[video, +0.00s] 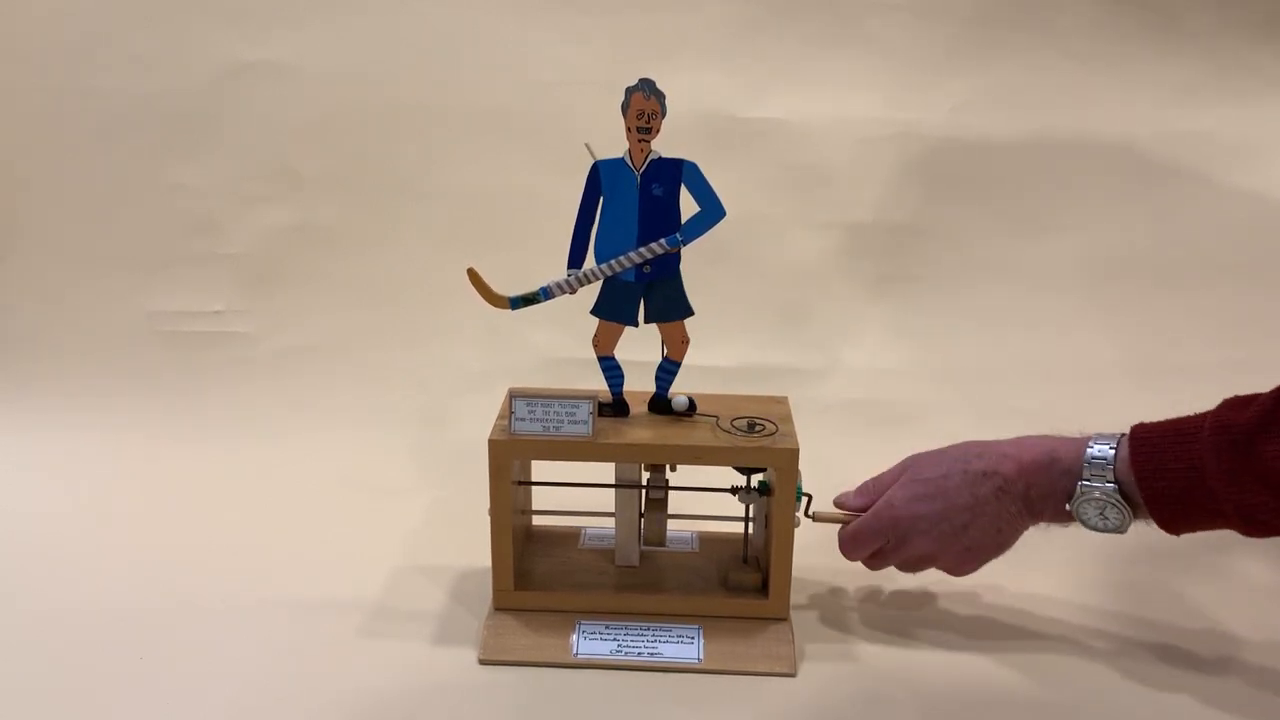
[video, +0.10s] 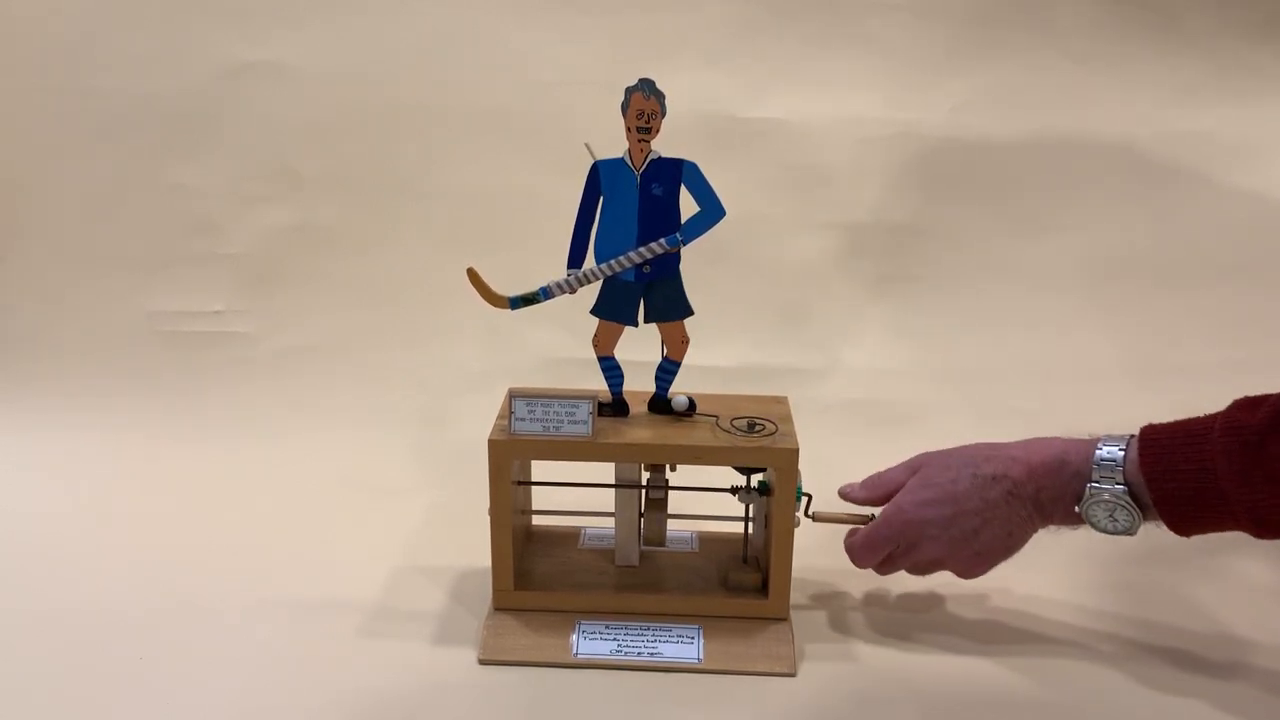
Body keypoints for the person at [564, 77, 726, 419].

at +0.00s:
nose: (646, 120)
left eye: (653, 114)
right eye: (639, 113)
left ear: (662, 121)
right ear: (624, 118)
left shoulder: (678, 169)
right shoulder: (603, 171)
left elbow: (715, 211)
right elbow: (584, 224)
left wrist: (676, 241)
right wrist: (573, 273)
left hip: (663, 276)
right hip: (619, 276)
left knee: (678, 343)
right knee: (603, 344)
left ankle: (660, 399)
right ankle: (618, 400)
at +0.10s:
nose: (646, 120)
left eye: (653, 114)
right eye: (639, 113)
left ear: (662, 121)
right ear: (624, 117)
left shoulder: (678, 169)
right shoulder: (603, 171)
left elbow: (715, 210)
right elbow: (584, 224)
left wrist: (677, 240)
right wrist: (573, 272)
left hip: (662, 275)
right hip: (619, 275)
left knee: (677, 343)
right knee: (603, 343)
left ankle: (660, 399)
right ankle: (617, 400)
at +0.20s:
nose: (646, 120)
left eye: (653, 114)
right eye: (638, 113)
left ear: (661, 121)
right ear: (624, 118)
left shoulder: (678, 170)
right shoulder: (603, 171)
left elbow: (715, 211)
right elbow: (583, 224)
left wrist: (676, 241)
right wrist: (573, 273)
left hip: (662, 276)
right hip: (619, 276)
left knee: (677, 344)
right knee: (602, 344)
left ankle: (660, 399)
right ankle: (617, 400)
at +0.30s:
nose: (646, 120)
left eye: (653, 114)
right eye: (639, 113)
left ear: (661, 121)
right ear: (624, 118)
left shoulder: (678, 170)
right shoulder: (603, 171)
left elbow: (715, 211)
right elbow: (583, 224)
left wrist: (676, 241)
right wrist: (573, 273)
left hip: (662, 276)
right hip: (619, 276)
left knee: (677, 344)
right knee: (602, 344)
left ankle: (660, 400)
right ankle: (617, 400)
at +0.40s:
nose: (645, 120)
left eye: (652, 114)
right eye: (638, 113)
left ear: (661, 122)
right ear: (623, 118)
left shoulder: (678, 170)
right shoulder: (603, 171)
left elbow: (715, 210)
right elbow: (583, 224)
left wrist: (677, 241)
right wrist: (573, 272)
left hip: (662, 276)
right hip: (619, 276)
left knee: (677, 343)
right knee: (602, 344)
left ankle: (660, 399)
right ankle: (617, 400)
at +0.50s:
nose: (645, 120)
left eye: (652, 114)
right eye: (638, 113)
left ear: (661, 122)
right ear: (623, 118)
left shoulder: (677, 170)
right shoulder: (602, 171)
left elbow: (714, 211)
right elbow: (583, 225)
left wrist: (677, 241)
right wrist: (573, 273)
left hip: (662, 276)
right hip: (619, 276)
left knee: (677, 344)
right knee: (602, 344)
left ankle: (660, 400)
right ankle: (617, 401)